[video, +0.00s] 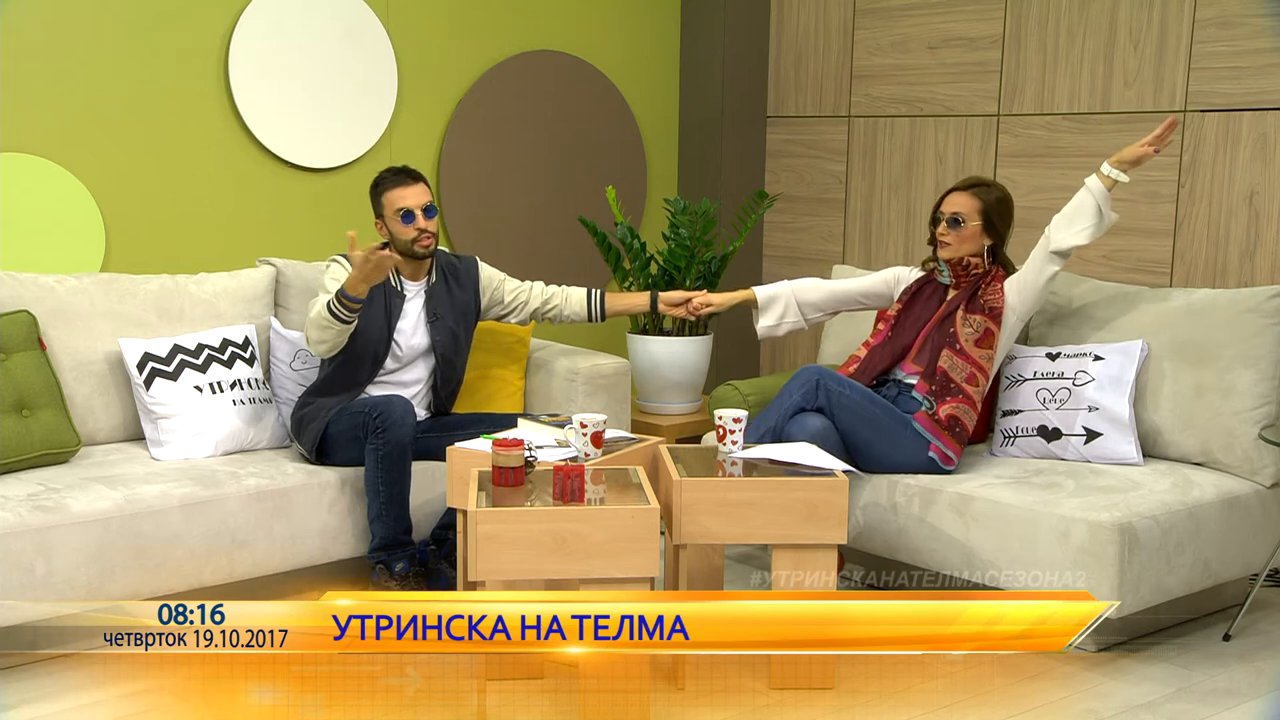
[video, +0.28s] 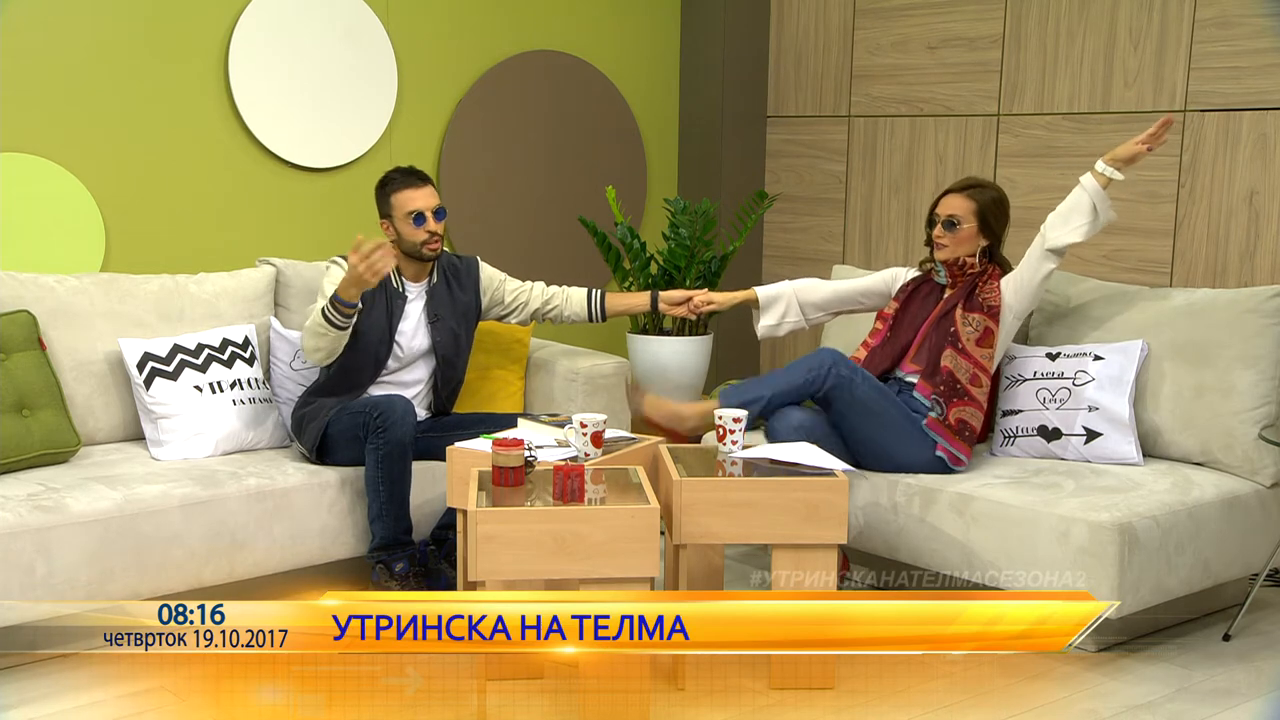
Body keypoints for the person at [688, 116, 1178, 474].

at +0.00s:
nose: (943, 231)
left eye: (957, 222)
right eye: (940, 222)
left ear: (992, 233)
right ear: (934, 231)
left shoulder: (1006, 297)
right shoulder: (911, 283)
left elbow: (1056, 245)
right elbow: (824, 291)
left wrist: (1115, 168)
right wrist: (730, 298)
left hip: (926, 435)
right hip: (869, 416)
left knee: (815, 376)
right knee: (807, 427)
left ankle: (730, 456)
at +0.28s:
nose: (942, 234)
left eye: (956, 225)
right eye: (937, 225)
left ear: (989, 235)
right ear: (932, 233)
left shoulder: (1003, 297)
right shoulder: (907, 283)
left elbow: (1053, 244)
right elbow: (822, 294)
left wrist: (1108, 169)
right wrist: (731, 297)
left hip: (931, 442)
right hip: (869, 423)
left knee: (831, 364)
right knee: (792, 421)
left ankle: (703, 415)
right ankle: (809, 567)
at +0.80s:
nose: (898, 224)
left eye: (912, 214)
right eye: (891, 214)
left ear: (944, 220)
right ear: (885, 222)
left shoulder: (970, 283)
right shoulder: (871, 282)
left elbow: (1008, 248)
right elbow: (793, 329)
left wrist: (1047, 199)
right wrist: (707, 321)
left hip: (931, 434)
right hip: (866, 414)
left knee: (818, 417)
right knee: (783, 411)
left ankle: (821, 570)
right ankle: (788, 563)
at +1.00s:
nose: (866, 215)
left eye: (881, 204)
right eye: (859, 204)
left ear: (911, 212)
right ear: (852, 212)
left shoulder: (935, 273)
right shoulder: (842, 277)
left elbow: (969, 252)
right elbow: (780, 339)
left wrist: (1001, 221)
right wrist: (697, 345)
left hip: (915, 430)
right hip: (850, 419)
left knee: (788, 424)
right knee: (773, 422)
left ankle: (826, 565)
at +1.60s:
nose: (847, 227)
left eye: (859, 215)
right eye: (846, 217)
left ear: (896, 221)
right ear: (849, 225)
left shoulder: (928, 282)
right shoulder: (841, 283)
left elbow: (960, 261)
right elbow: (771, 320)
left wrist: (992, 229)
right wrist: (694, 350)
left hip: (905, 435)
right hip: (845, 422)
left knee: (789, 424)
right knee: (766, 428)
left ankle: (819, 563)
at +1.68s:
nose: (848, 228)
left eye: (860, 217)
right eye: (848, 218)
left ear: (897, 224)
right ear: (853, 226)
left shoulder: (928, 284)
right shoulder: (844, 284)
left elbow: (960, 265)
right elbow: (774, 319)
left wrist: (994, 229)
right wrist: (695, 348)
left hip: (903, 438)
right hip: (847, 423)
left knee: (794, 427)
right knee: (766, 422)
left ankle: (816, 559)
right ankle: (787, 559)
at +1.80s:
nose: (852, 231)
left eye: (864, 221)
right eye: (852, 221)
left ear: (900, 227)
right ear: (856, 229)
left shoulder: (931, 287)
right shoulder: (849, 285)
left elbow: (961, 269)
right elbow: (778, 315)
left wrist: (994, 232)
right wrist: (694, 343)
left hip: (900, 437)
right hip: (845, 418)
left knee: (799, 433)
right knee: (768, 418)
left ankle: (819, 550)